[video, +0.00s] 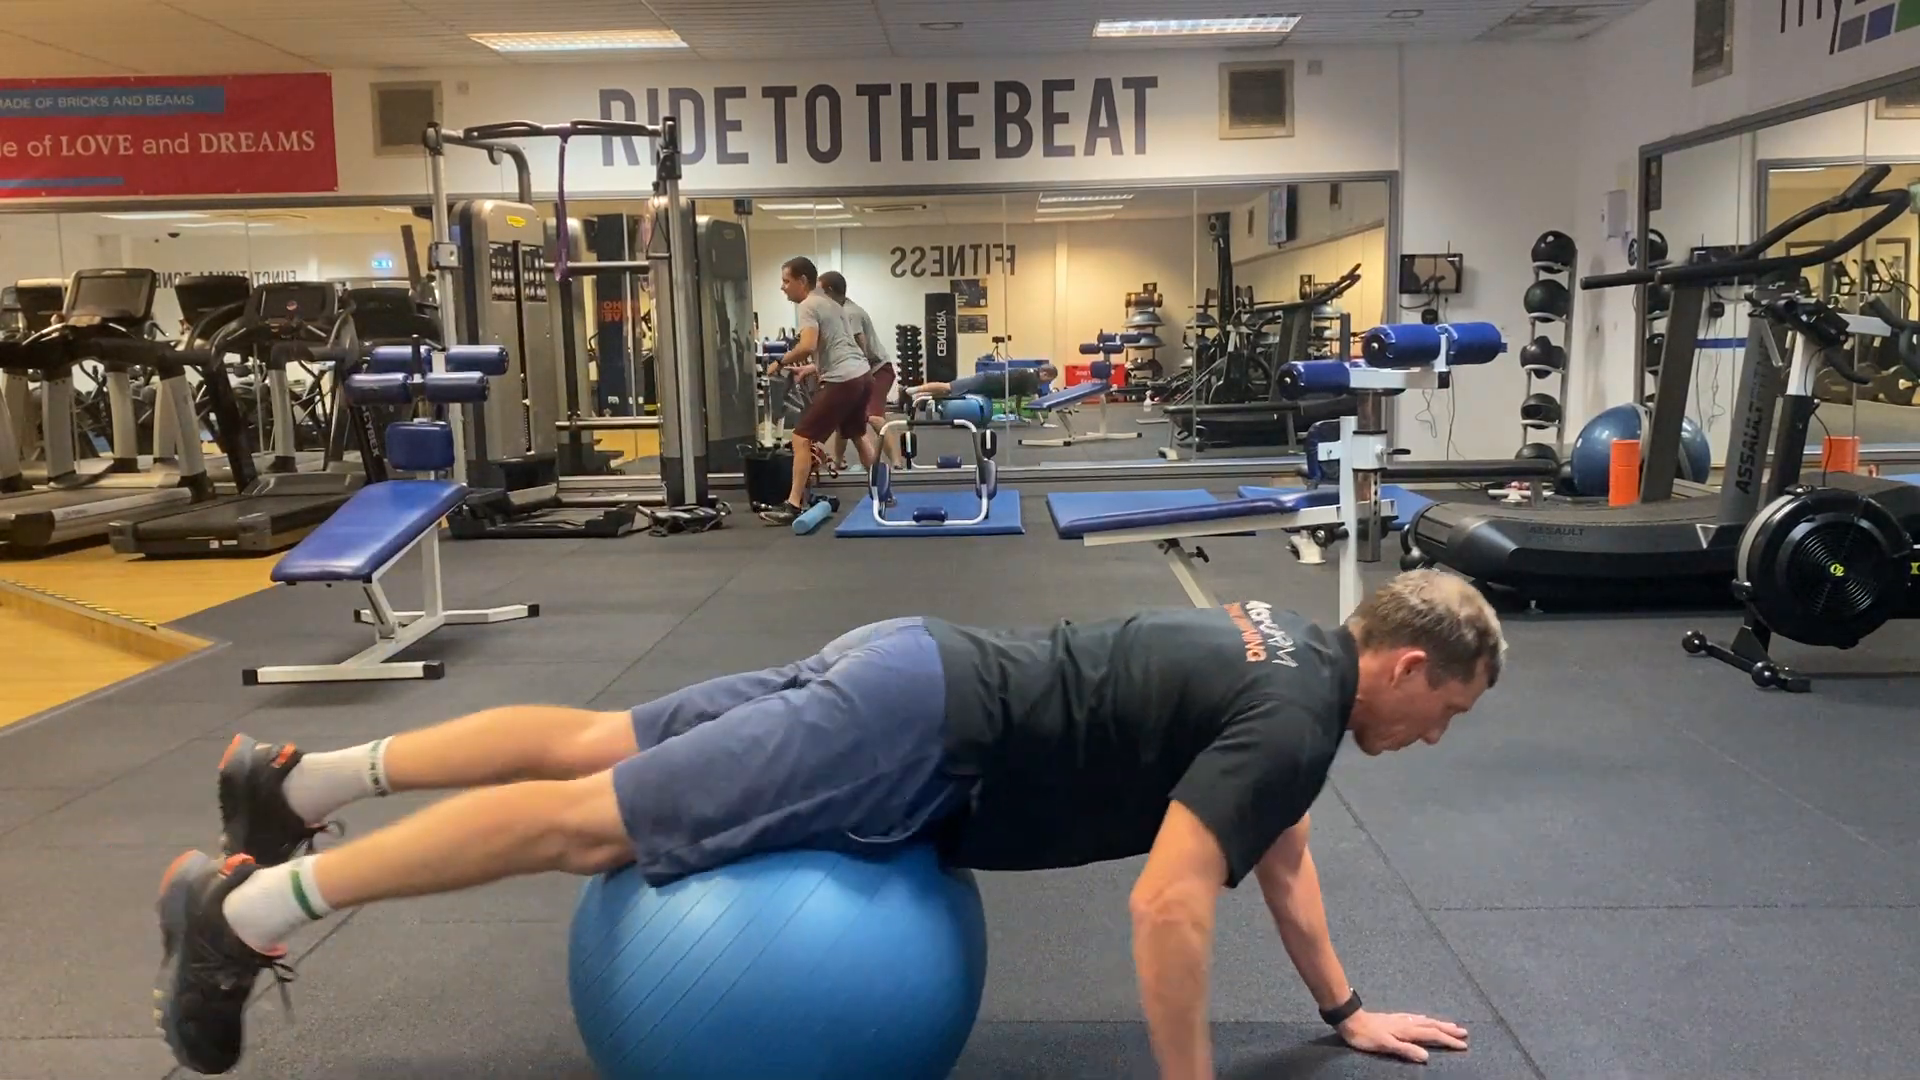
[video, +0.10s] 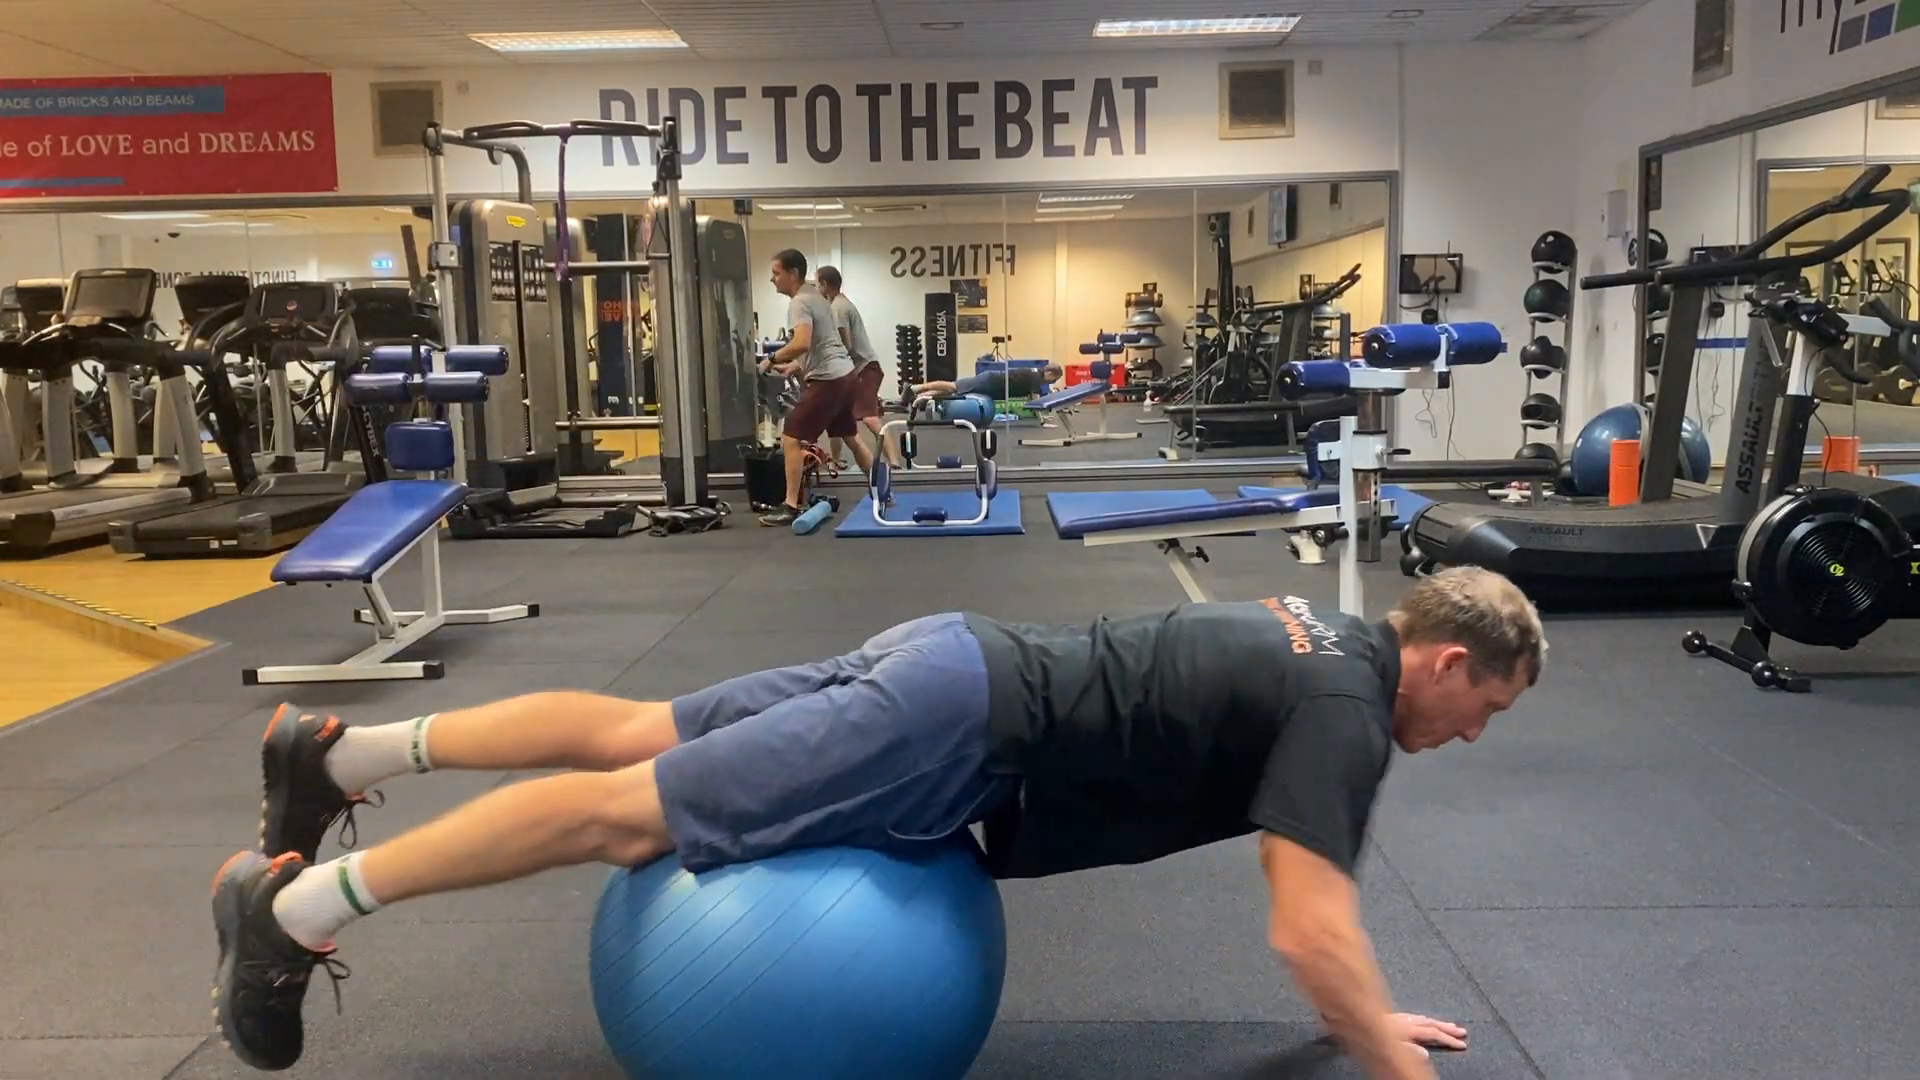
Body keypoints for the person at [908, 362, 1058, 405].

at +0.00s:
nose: (1046, 379)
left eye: (1048, 378)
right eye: (1048, 377)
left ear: (1045, 373)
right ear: (1045, 373)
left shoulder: (1030, 376)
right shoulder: (1031, 378)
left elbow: (1021, 397)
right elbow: (1032, 396)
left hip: (987, 386)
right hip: (985, 381)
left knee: (951, 390)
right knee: (950, 389)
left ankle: (918, 393)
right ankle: (913, 390)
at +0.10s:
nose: (1052, 381)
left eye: (1054, 379)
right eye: (1054, 379)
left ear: (1048, 372)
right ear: (1050, 373)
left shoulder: (1035, 377)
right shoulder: (1035, 378)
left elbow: (1036, 399)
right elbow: (1038, 400)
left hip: (993, 389)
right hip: (990, 380)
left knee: (956, 392)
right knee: (954, 387)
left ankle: (925, 397)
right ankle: (917, 388)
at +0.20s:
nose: (1057, 381)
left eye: (1058, 379)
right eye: (1058, 378)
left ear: (1053, 373)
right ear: (1054, 374)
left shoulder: (1040, 377)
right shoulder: (1040, 379)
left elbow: (1044, 399)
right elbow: (1044, 401)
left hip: (997, 386)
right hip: (996, 381)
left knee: (960, 390)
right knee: (960, 388)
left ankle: (925, 393)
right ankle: (920, 387)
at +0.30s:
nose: (1062, 380)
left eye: (1064, 378)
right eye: (1063, 377)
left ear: (1061, 375)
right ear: (1058, 373)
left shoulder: (1048, 383)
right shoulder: (1044, 379)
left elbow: (1057, 406)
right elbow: (1038, 402)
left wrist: (1069, 427)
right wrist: (1042, 421)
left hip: (1004, 386)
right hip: (1002, 381)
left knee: (967, 390)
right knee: (966, 388)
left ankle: (931, 391)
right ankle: (927, 386)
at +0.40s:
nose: (1069, 380)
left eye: (1071, 378)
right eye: (1069, 376)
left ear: (1066, 374)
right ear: (1064, 372)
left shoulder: (1053, 380)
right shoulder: (1051, 379)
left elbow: (1050, 400)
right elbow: (1044, 401)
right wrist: (1045, 420)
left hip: (1009, 385)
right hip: (1007, 382)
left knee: (971, 389)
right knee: (971, 387)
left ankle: (934, 389)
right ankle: (932, 384)